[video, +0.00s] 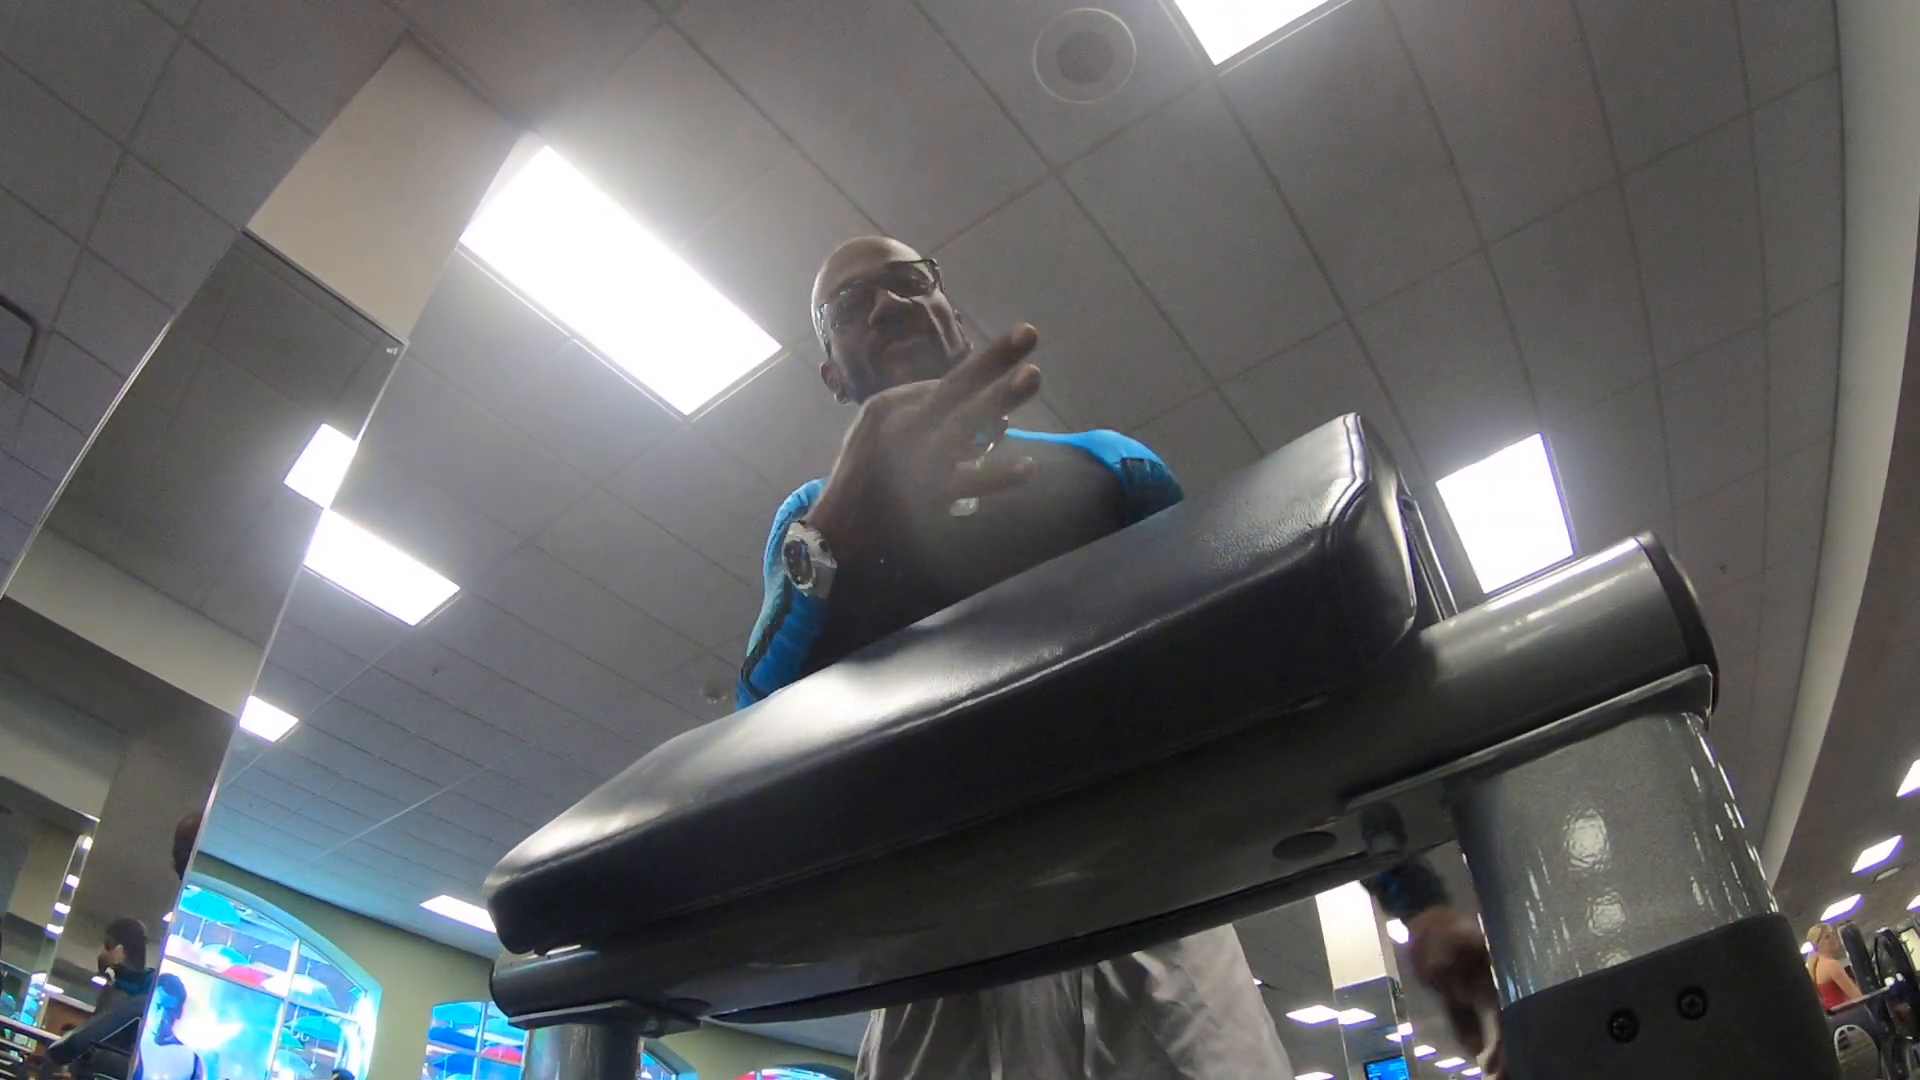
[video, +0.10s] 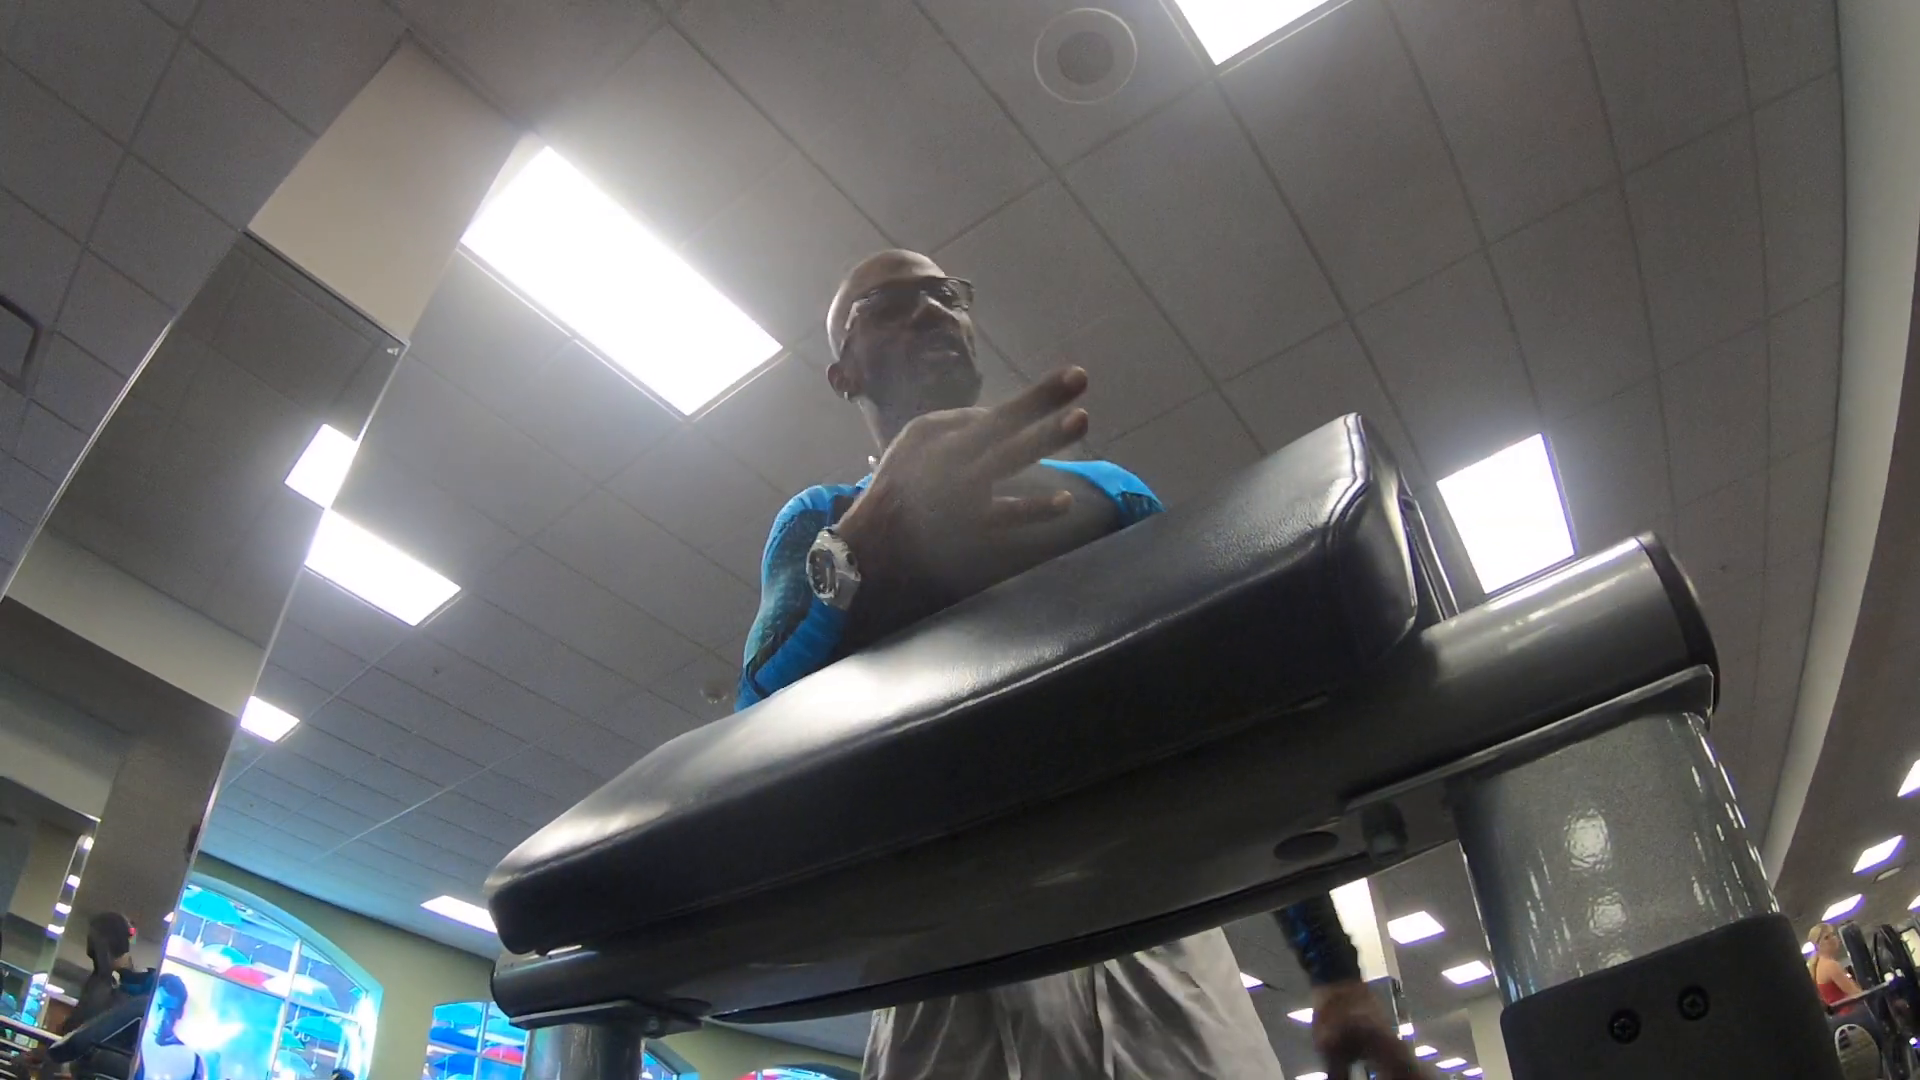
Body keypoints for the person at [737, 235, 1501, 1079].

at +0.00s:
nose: (892, 305)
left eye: (909, 285)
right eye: (853, 303)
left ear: (957, 316)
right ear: (828, 372)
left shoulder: (1107, 465)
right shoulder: (818, 523)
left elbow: (1265, 675)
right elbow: (765, 723)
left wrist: (1419, 898)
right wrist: (845, 518)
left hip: (1167, 923)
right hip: (953, 959)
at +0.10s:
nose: (934, 304)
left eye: (950, 294)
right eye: (894, 299)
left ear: (978, 340)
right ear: (843, 372)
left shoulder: (1106, 492)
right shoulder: (819, 522)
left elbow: (1232, 721)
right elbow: (762, 716)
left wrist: (1336, 974)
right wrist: (858, 565)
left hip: (1162, 962)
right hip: (949, 994)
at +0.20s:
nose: (996, 322)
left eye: (998, 313)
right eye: (949, 306)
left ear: (1008, 362)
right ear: (870, 367)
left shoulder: (1101, 514)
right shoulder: (830, 522)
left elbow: (1199, 740)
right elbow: (760, 711)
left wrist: (1275, 997)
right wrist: (889, 570)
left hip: (1173, 950)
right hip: (968, 984)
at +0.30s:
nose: (1037, 351)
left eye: (1033, 338)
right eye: (1000, 330)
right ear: (909, 372)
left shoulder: (1090, 522)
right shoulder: (846, 521)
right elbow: (761, 693)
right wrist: (929, 567)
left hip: (1166, 936)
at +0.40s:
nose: (1075, 379)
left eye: (1070, 368)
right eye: (1040, 354)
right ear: (947, 380)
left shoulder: (1100, 543)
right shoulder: (872, 523)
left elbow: (1150, 804)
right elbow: (763, 692)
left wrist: (1238, 1017)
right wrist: (936, 572)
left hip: (1173, 960)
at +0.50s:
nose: (1106, 412)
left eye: (1101, 399)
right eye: (1079, 384)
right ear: (1001, 390)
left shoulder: (1118, 560)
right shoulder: (899, 532)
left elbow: (1159, 819)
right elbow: (783, 702)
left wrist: (1246, 1022)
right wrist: (952, 579)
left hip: (1180, 968)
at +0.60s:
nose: (1137, 454)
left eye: (1131, 434)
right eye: (1118, 424)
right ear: (1049, 415)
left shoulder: (1146, 564)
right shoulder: (930, 543)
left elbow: (1176, 834)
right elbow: (836, 705)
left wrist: (1259, 1034)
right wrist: (977, 583)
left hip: (1196, 980)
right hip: (1048, 990)